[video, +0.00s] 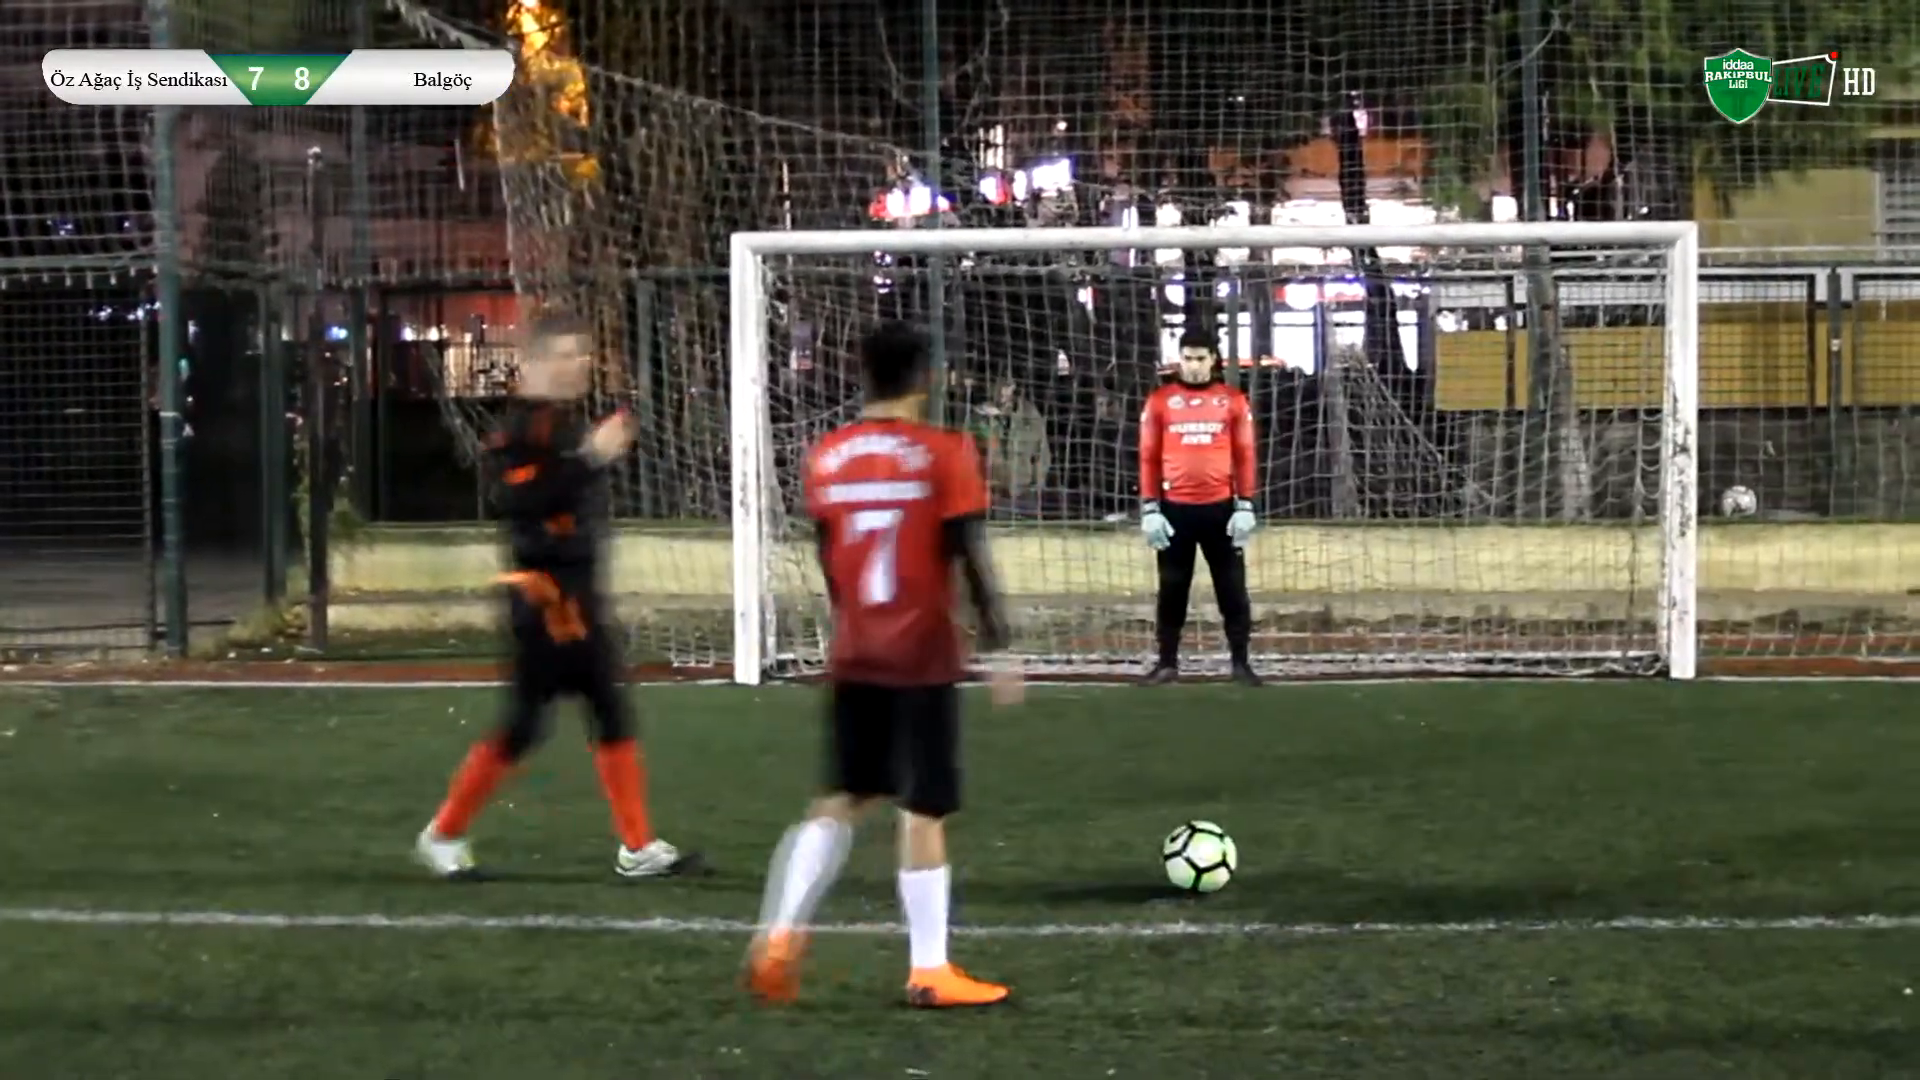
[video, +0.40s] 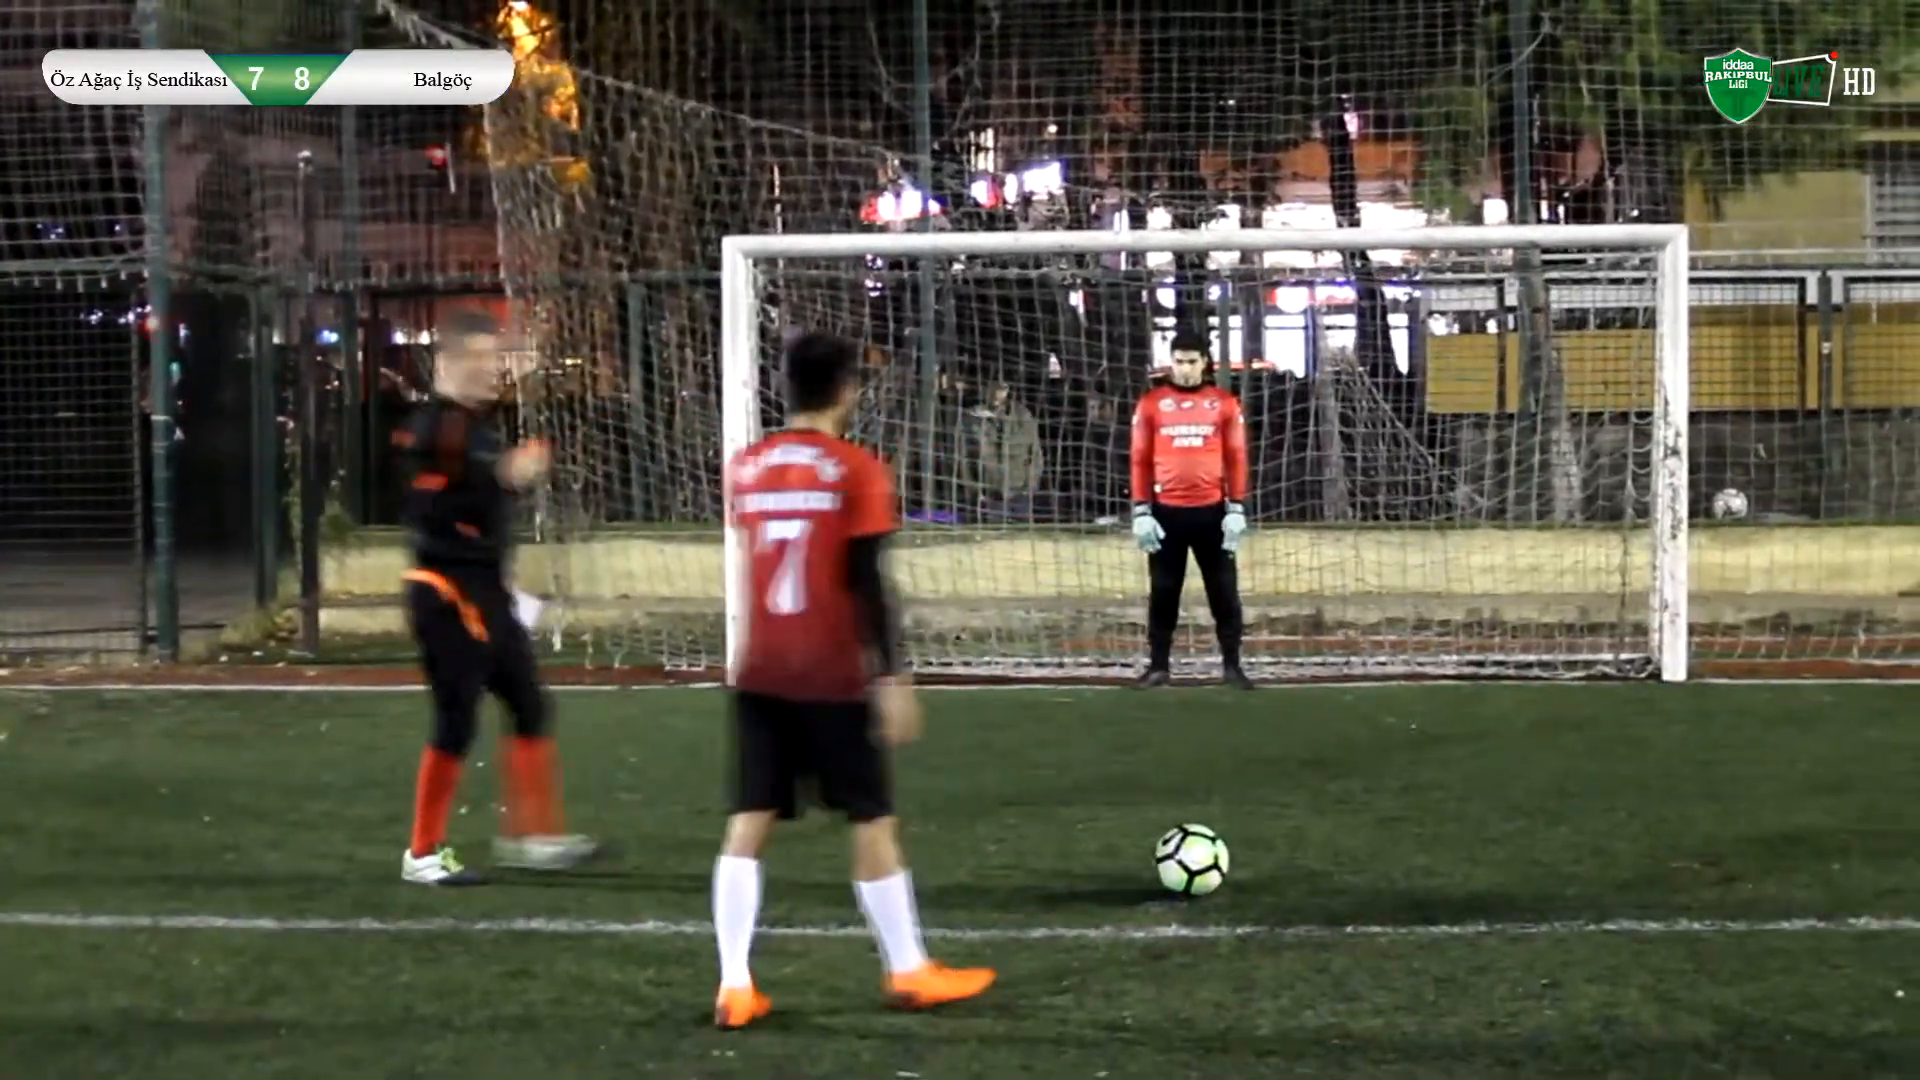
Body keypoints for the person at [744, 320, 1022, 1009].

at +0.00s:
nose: (932, 382)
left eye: (925, 371)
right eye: (930, 373)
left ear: (864, 378)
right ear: (923, 379)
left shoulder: (827, 453)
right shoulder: (946, 450)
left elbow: (826, 551)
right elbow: (972, 553)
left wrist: (852, 618)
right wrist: (999, 644)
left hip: (853, 660)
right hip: (923, 662)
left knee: (847, 793)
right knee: (925, 810)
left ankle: (778, 933)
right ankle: (930, 966)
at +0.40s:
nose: (859, 395)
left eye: (857, 384)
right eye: (857, 385)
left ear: (791, 390)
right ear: (844, 391)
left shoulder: (743, 465)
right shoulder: (858, 468)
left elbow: (750, 561)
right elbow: (867, 574)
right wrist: (893, 670)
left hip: (758, 674)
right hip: (836, 677)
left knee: (749, 817)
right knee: (872, 818)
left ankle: (734, 983)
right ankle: (909, 966)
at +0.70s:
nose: (829, 384)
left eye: (826, 372)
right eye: (826, 374)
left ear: (762, 380)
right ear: (817, 382)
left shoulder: (714, 461)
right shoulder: (828, 461)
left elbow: (708, 569)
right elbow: (828, 574)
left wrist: (757, 617)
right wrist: (839, 673)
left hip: (729, 670)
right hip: (802, 670)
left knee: (736, 817)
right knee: (839, 813)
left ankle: (735, 982)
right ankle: (820, 972)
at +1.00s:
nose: (809, 385)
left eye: (805, 374)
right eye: (807, 375)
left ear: (738, 383)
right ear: (794, 383)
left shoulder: (697, 463)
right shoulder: (811, 462)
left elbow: (667, 573)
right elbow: (822, 571)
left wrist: (646, 657)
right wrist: (844, 671)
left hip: (711, 676)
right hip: (783, 677)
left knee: (725, 824)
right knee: (780, 830)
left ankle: (729, 986)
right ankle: (735, 985)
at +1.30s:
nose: (802, 389)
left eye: (795, 378)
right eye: (800, 381)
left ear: (732, 389)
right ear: (792, 390)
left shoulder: (689, 463)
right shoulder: (809, 465)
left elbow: (631, 555)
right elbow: (831, 577)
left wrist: (589, 643)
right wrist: (861, 674)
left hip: (696, 674)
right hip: (764, 676)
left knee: (729, 830)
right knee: (740, 839)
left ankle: (734, 985)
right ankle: (726, 1006)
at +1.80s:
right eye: (774, 375)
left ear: (708, 379)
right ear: (773, 382)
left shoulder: (661, 459)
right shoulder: (781, 464)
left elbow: (649, 572)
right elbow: (808, 577)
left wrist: (666, 647)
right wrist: (843, 669)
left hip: (677, 674)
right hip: (749, 679)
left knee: (691, 825)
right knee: (742, 838)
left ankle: (668, 993)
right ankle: (730, 1001)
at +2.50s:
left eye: (697, 371)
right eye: (735, 379)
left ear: (677, 380)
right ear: (740, 385)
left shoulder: (628, 457)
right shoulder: (749, 465)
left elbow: (628, 571)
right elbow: (750, 582)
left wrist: (692, 592)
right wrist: (771, 680)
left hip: (650, 678)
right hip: (728, 679)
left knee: (661, 830)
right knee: (756, 825)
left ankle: (665, 1001)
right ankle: (768, 986)